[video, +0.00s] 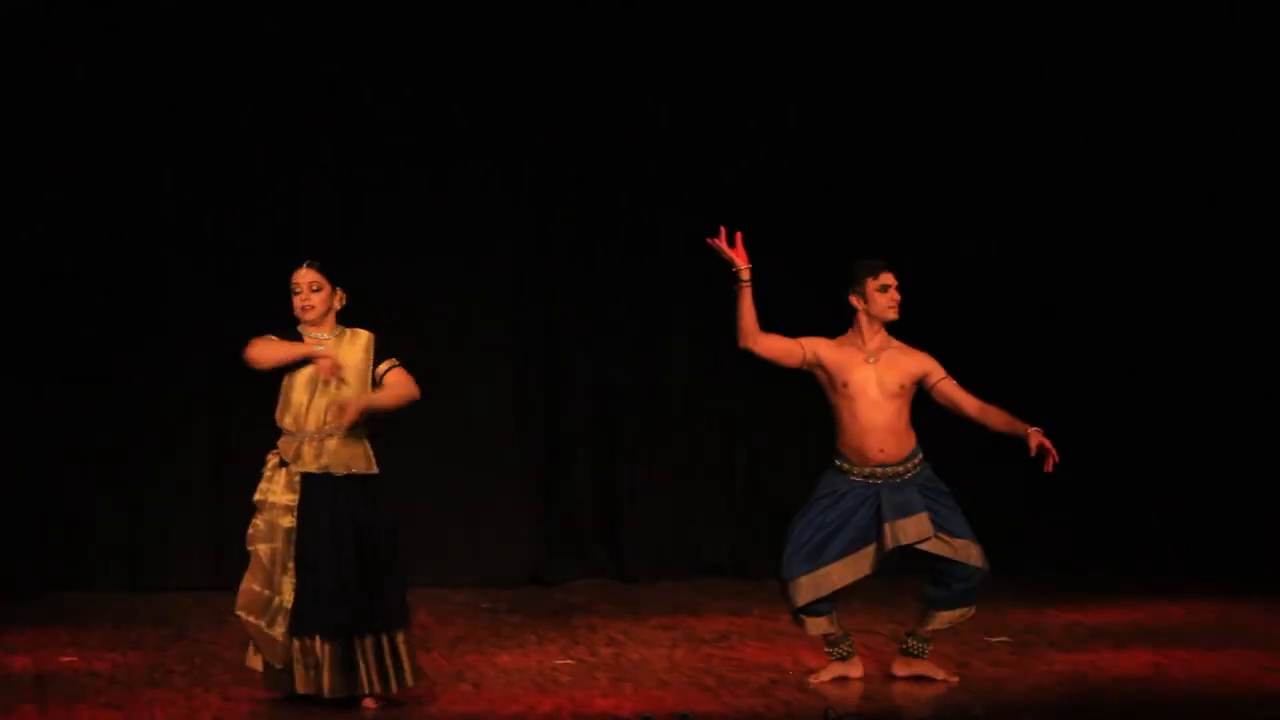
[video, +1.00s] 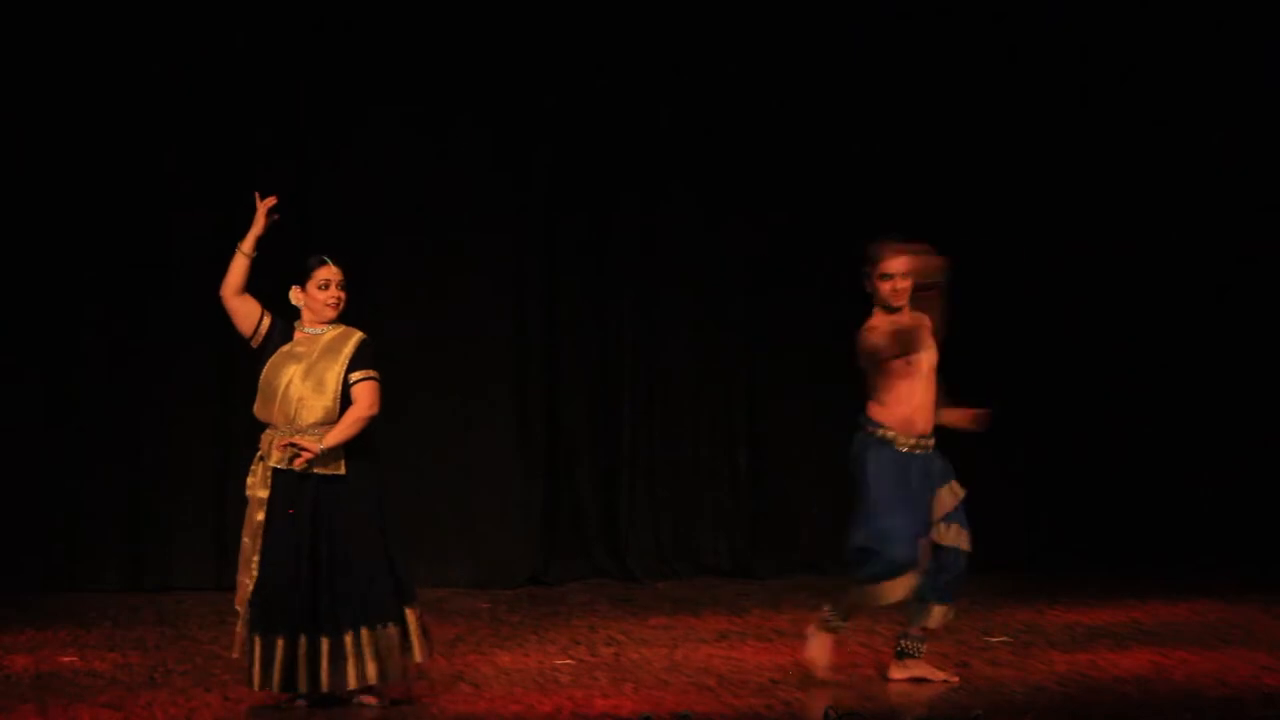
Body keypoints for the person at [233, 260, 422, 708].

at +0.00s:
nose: (304, 298)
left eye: (314, 290)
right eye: (298, 292)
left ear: (336, 297)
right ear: (292, 303)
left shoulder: (360, 343)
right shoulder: (289, 346)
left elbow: (407, 388)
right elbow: (255, 354)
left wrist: (363, 402)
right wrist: (311, 352)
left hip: (348, 476)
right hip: (294, 476)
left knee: (360, 576)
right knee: (297, 575)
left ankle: (369, 684)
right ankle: (305, 679)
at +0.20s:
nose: (307, 301)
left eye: (317, 293)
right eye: (301, 294)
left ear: (342, 300)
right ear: (297, 303)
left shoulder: (366, 344)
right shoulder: (299, 346)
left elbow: (398, 397)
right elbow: (269, 359)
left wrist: (362, 428)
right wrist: (297, 323)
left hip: (353, 478)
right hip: (302, 477)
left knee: (358, 577)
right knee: (303, 577)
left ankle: (366, 681)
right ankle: (306, 678)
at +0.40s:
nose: (311, 297)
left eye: (322, 289)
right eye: (307, 290)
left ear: (348, 296)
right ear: (302, 297)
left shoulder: (371, 342)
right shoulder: (296, 344)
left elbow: (393, 399)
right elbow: (240, 322)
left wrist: (348, 434)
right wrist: (249, 257)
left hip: (350, 478)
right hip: (300, 478)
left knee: (356, 576)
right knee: (307, 579)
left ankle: (363, 679)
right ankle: (318, 680)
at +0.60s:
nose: (314, 298)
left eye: (324, 291)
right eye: (309, 292)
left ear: (351, 298)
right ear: (304, 299)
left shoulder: (371, 346)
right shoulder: (294, 343)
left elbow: (382, 408)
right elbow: (239, 316)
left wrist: (337, 446)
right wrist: (231, 265)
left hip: (348, 481)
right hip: (295, 482)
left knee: (354, 579)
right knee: (300, 581)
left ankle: (364, 682)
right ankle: (310, 682)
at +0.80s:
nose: (336, 292)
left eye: (342, 285)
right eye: (325, 284)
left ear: (348, 295)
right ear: (303, 294)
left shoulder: (358, 343)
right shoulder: (283, 336)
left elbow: (371, 405)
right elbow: (233, 299)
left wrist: (325, 443)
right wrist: (250, 239)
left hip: (343, 475)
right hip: (286, 476)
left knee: (362, 575)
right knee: (291, 578)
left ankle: (379, 681)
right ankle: (301, 682)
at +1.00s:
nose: (335, 294)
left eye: (341, 288)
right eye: (324, 286)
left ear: (345, 298)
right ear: (298, 294)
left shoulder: (351, 344)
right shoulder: (278, 337)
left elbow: (366, 405)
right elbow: (232, 294)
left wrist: (322, 444)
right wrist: (253, 235)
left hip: (334, 475)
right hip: (278, 475)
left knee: (350, 576)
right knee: (284, 578)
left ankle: (361, 683)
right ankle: (296, 683)